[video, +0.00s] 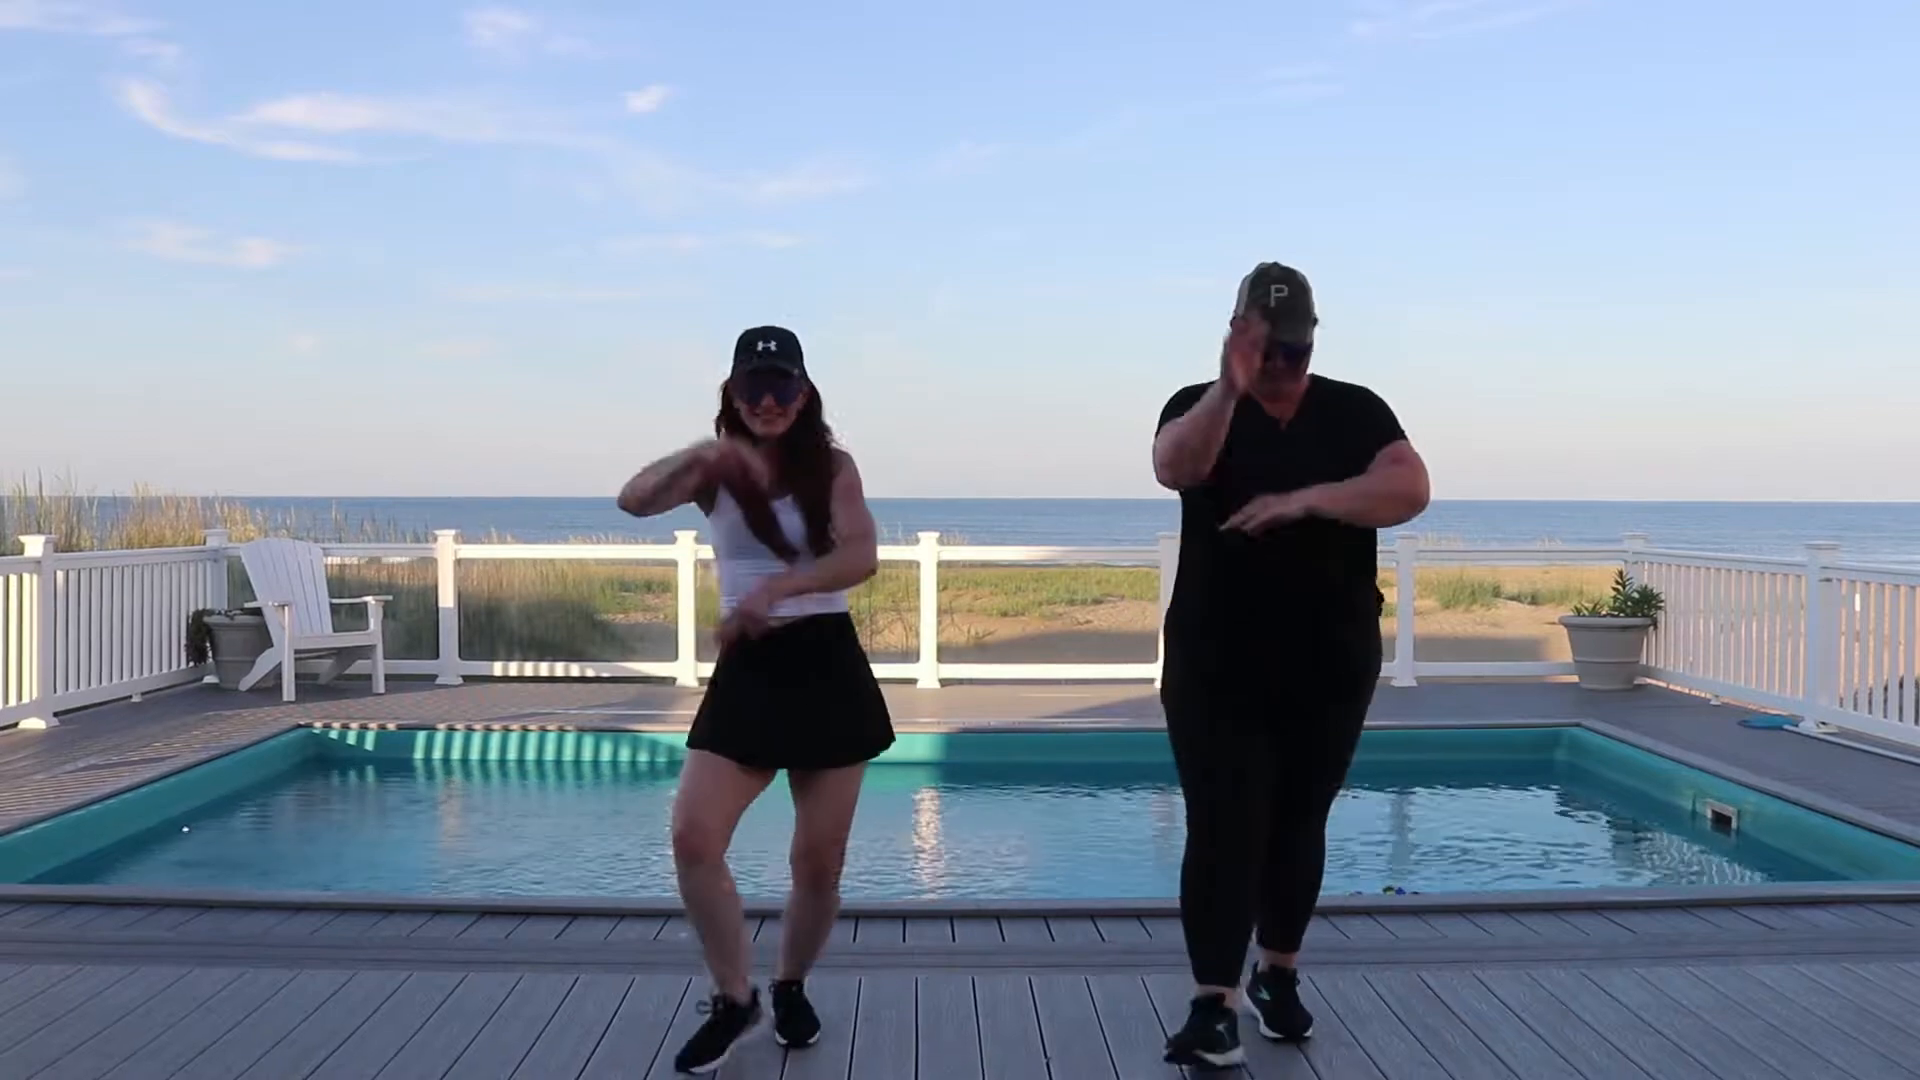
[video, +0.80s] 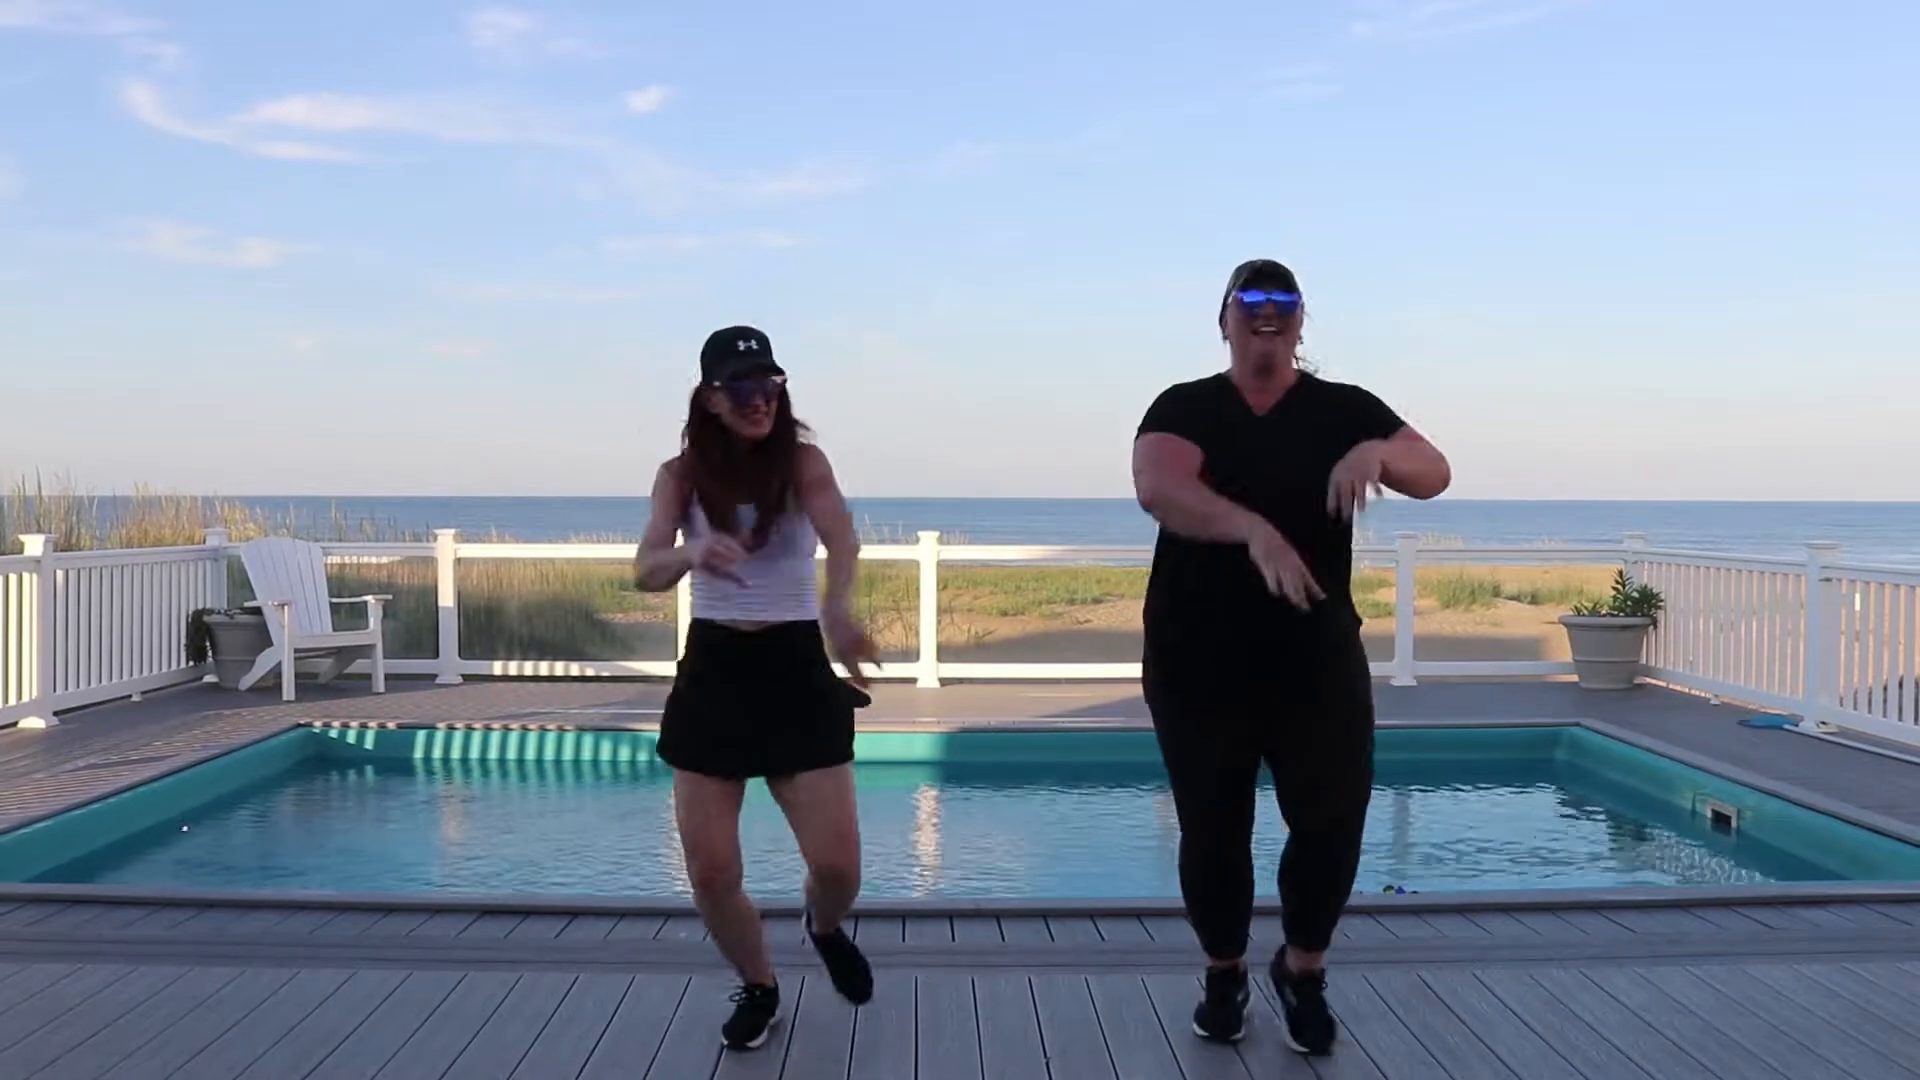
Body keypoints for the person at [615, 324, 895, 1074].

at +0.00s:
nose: (773, 399)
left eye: (786, 386)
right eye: (758, 385)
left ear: (805, 391)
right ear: (734, 388)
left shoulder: (831, 467)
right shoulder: (714, 463)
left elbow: (860, 557)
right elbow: (634, 498)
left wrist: (771, 587)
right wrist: (701, 460)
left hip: (829, 668)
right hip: (748, 669)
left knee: (819, 863)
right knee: (693, 839)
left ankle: (792, 985)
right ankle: (735, 1000)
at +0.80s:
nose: (756, 400)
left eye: (766, 386)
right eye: (738, 389)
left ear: (781, 388)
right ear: (708, 397)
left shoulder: (803, 462)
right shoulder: (683, 475)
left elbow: (843, 539)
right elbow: (647, 573)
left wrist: (838, 609)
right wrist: (691, 552)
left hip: (797, 669)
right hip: (713, 671)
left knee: (839, 864)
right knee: (710, 871)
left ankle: (827, 930)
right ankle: (758, 986)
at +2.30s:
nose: (703, 384)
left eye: (718, 371)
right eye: (687, 370)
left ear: (739, 380)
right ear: (664, 379)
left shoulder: (765, 444)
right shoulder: (654, 466)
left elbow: (786, 532)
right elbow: (617, 563)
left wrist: (682, 561)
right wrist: (611, 460)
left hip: (805, 652)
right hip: (720, 656)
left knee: (817, 842)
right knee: (694, 833)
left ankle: (800, 953)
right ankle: (725, 1001)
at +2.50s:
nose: (699, 385)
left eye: (714, 372)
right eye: (683, 373)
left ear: (736, 381)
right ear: (662, 383)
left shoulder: (762, 457)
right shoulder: (641, 464)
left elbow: (793, 525)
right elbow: (606, 564)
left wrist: (796, 596)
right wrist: (646, 578)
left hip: (767, 658)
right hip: (681, 663)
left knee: (818, 859)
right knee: (679, 869)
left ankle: (805, 888)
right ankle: (723, 983)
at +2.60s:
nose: (707, 395)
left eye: (722, 381)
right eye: (691, 383)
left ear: (744, 391)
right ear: (671, 394)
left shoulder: (763, 467)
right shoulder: (642, 469)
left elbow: (814, 499)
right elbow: (619, 564)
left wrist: (832, 495)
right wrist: (725, 566)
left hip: (746, 670)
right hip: (664, 673)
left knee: (807, 859)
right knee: (659, 879)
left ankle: (787, 909)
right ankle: (721, 982)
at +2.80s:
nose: (732, 370)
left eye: (746, 357)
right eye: (716, 358)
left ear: (769, 368)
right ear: (693, 367)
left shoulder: (765, 446)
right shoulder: (665, 424)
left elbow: (820, 507)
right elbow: (647, 502)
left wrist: (847, 401)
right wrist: (755, 513)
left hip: (730, 654)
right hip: (643, 655)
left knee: (732, 851)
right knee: (647, 867)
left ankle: (708, 1029)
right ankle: (710, 968)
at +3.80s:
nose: (716, 391)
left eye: (732, 379)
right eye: (701, 378)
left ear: (756, 390)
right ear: (679, 391)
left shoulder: (789, 465)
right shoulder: (671, 474)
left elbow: (826, 557)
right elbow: (651, 570)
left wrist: (720, 574)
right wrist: (630, 457)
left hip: (810, 670)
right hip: (724, 677)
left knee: (838, 867)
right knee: (714, 857)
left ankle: (782, 949)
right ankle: (748, 1045)